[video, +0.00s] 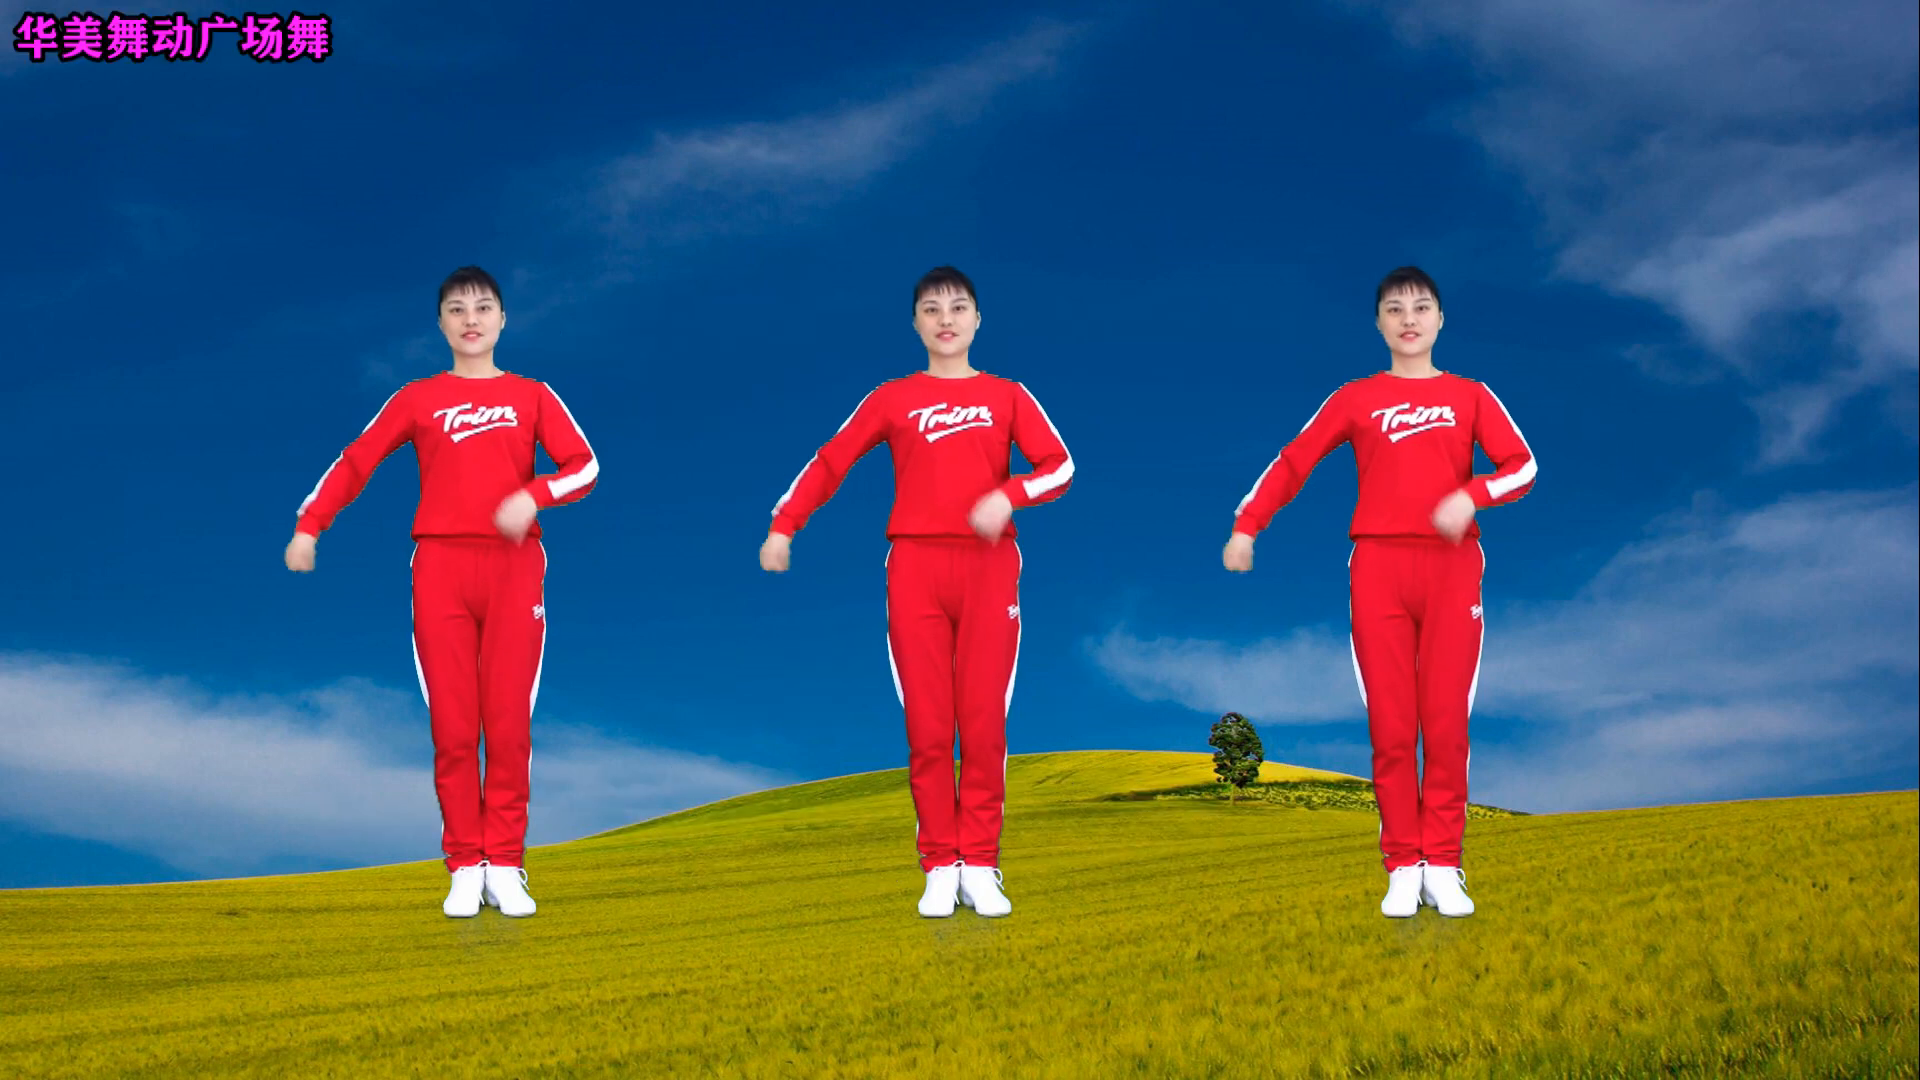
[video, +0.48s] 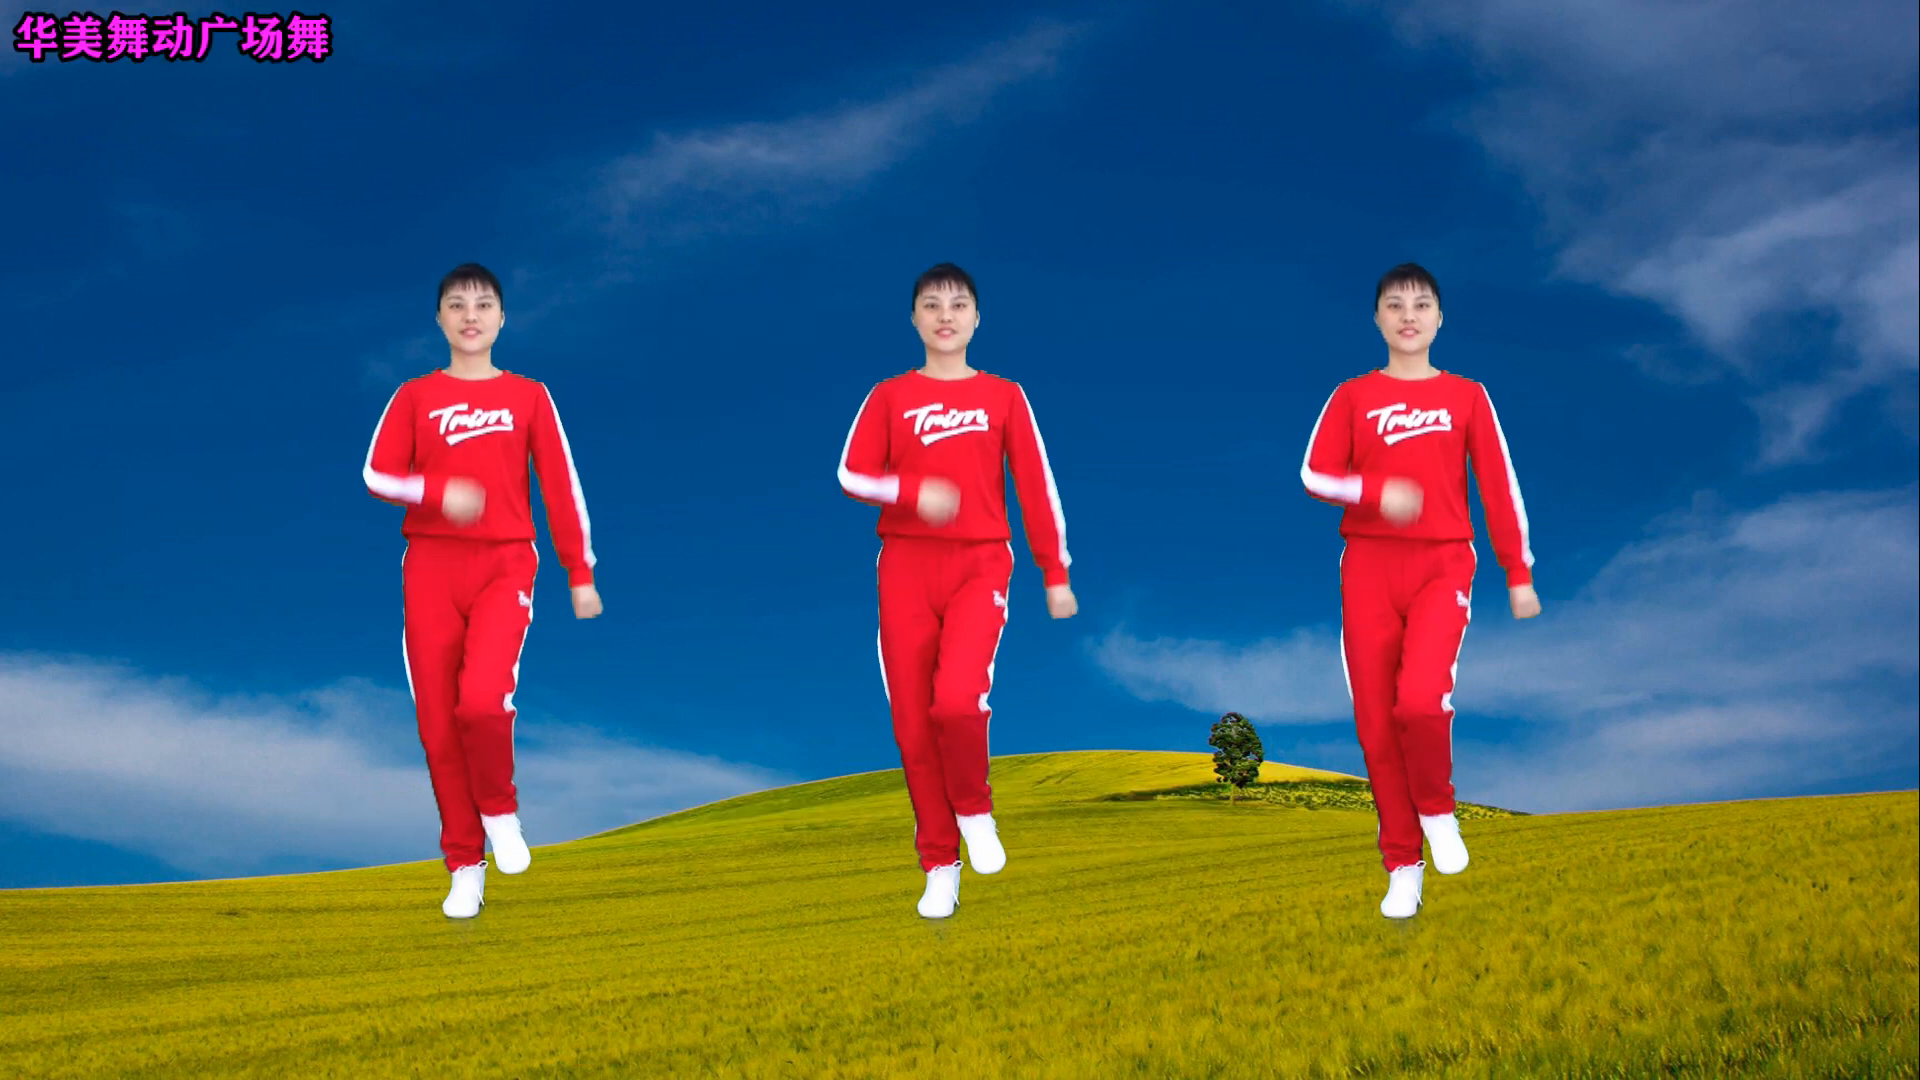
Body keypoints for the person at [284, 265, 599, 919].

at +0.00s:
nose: (471, 319)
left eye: (482, 308)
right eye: (459, 310)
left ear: (501, 318)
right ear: (443, 323)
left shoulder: (533, 396)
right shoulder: (416, 399)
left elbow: (585, 468)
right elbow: (355, 462)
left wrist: (533, 495)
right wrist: (307, 528)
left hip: (514, 573)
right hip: (440, 573)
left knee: (509, 722)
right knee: (453, 727)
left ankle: (505, 865)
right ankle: (465, 865)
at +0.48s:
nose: (471, 315)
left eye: (483, 305)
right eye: (458, 306)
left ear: (501, 317)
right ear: (441, 319)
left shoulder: (530, 396)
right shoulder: (413, 396)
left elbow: (562, 486)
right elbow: (377, 476)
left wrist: (580, 571)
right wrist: (439, 490)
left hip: (506, 568)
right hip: (430, 569)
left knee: (481, 706)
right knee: (436, 722)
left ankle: (499, 810)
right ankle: (464, 861)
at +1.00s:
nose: (483, 328)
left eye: (495, 316)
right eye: (470, 318)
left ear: (513, 327)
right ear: (453, 330)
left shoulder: (544, 407)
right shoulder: (428, 412)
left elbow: (565, 500)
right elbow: (421, 507)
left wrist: (577, 587)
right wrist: (423, 592)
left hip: (535, 580)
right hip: (461, 583)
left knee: (531, 732)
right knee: (484, 709)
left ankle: (510, 869)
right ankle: (475, 812)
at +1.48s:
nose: (481, 312)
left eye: (493, 301)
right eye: (468, 303)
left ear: (511, 312)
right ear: (452, 316)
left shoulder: (541, 389)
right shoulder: (425, 391)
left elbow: (561, 473)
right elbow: (364, 462)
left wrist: (512, 442)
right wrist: (300, 528)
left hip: (524, 563)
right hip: (448, 564)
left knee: (515, 722)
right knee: (456, 724)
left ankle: (508, 866)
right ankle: (464, 868)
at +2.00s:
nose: (476, 307)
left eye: (488, 297)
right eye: (464, 297)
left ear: (506, 310)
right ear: (447, 310)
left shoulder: (537, 385)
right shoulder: (420, 390)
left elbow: (595, 450)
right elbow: (377, 476)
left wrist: (639, 519)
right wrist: (421, 416)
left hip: (515, 566)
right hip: (439, 568)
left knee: (506, 731)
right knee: (449, 731)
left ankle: (507, 868)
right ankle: (463, 868)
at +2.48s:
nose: (482, 314)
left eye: (493, 304)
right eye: (469, 306)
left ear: (512, 316)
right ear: (453, 321)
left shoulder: (543, 393)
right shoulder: (428, 401)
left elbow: (566, 470)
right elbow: (391, 488)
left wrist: (515, 496)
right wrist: (366, 572)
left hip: (532, 572)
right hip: (457, 571)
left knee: (528, 718)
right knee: (487, 695)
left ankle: (509, 867)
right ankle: (477, 808)